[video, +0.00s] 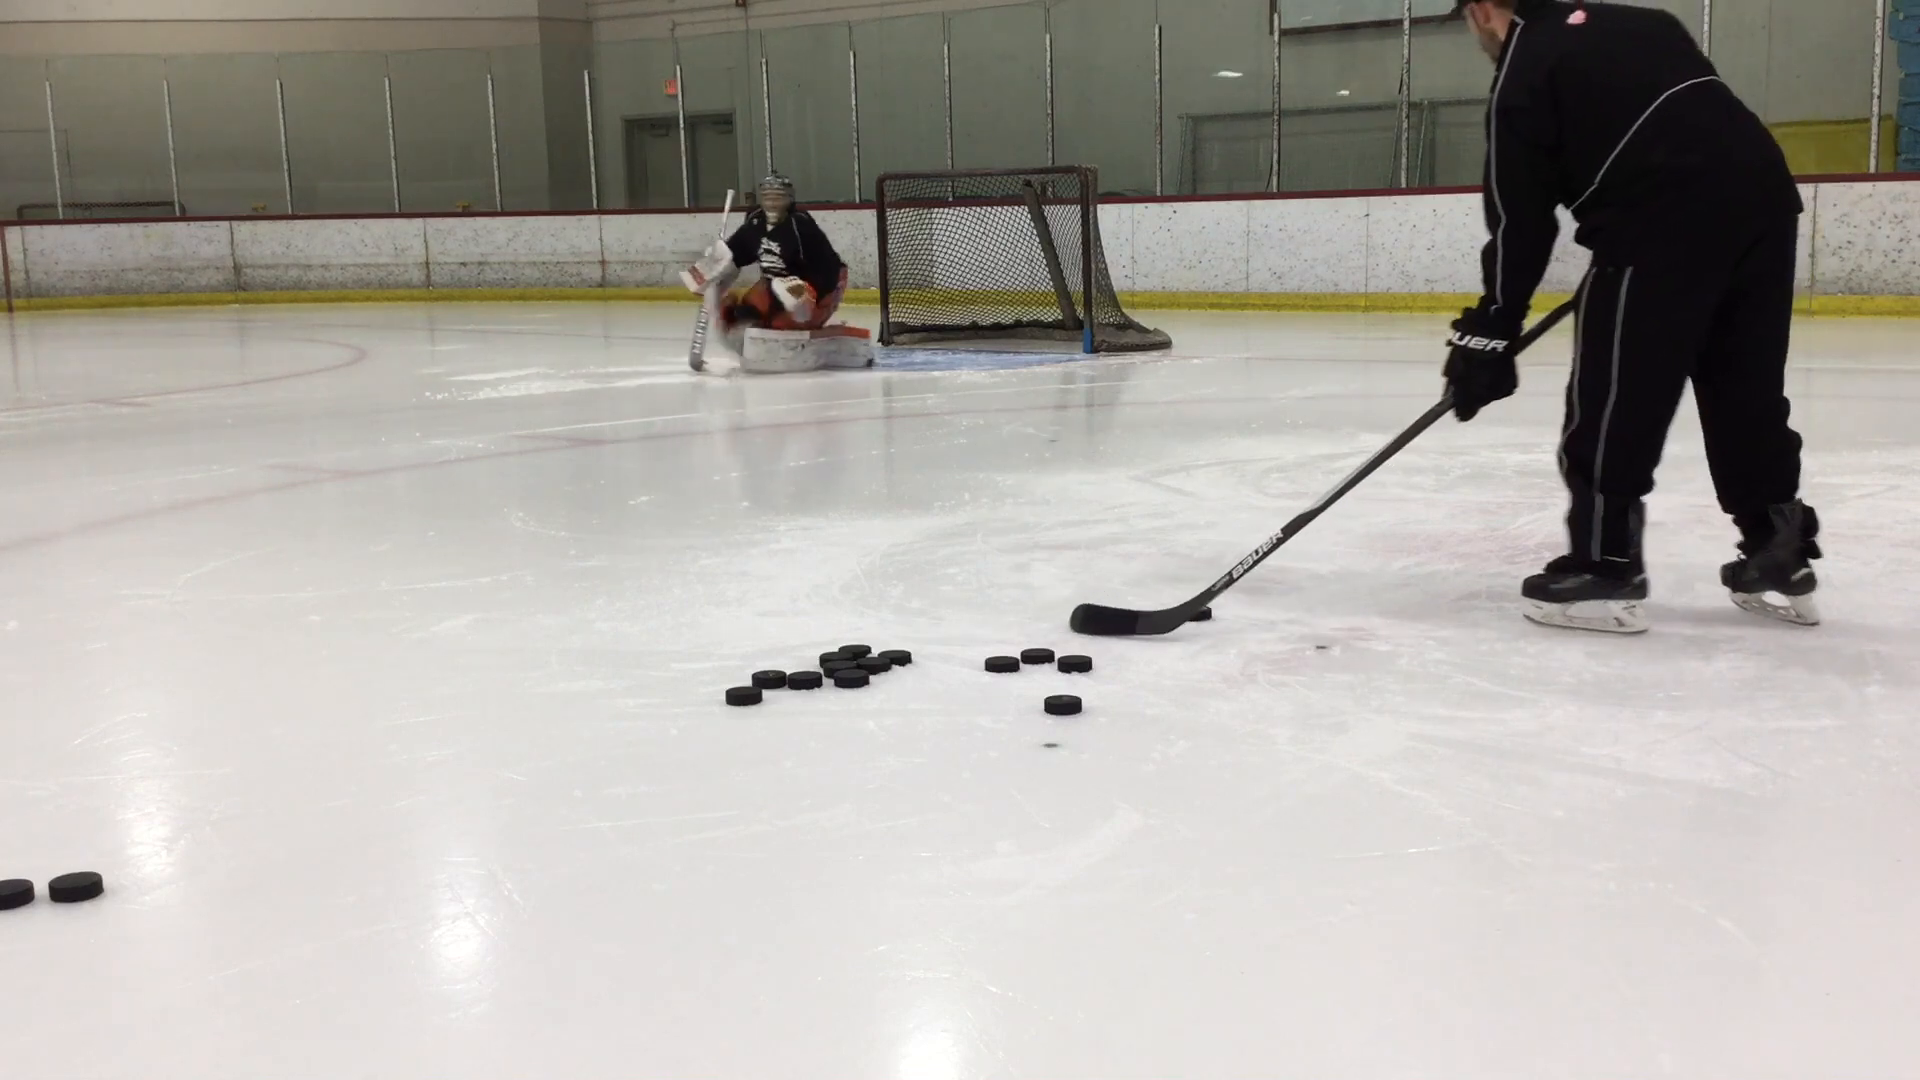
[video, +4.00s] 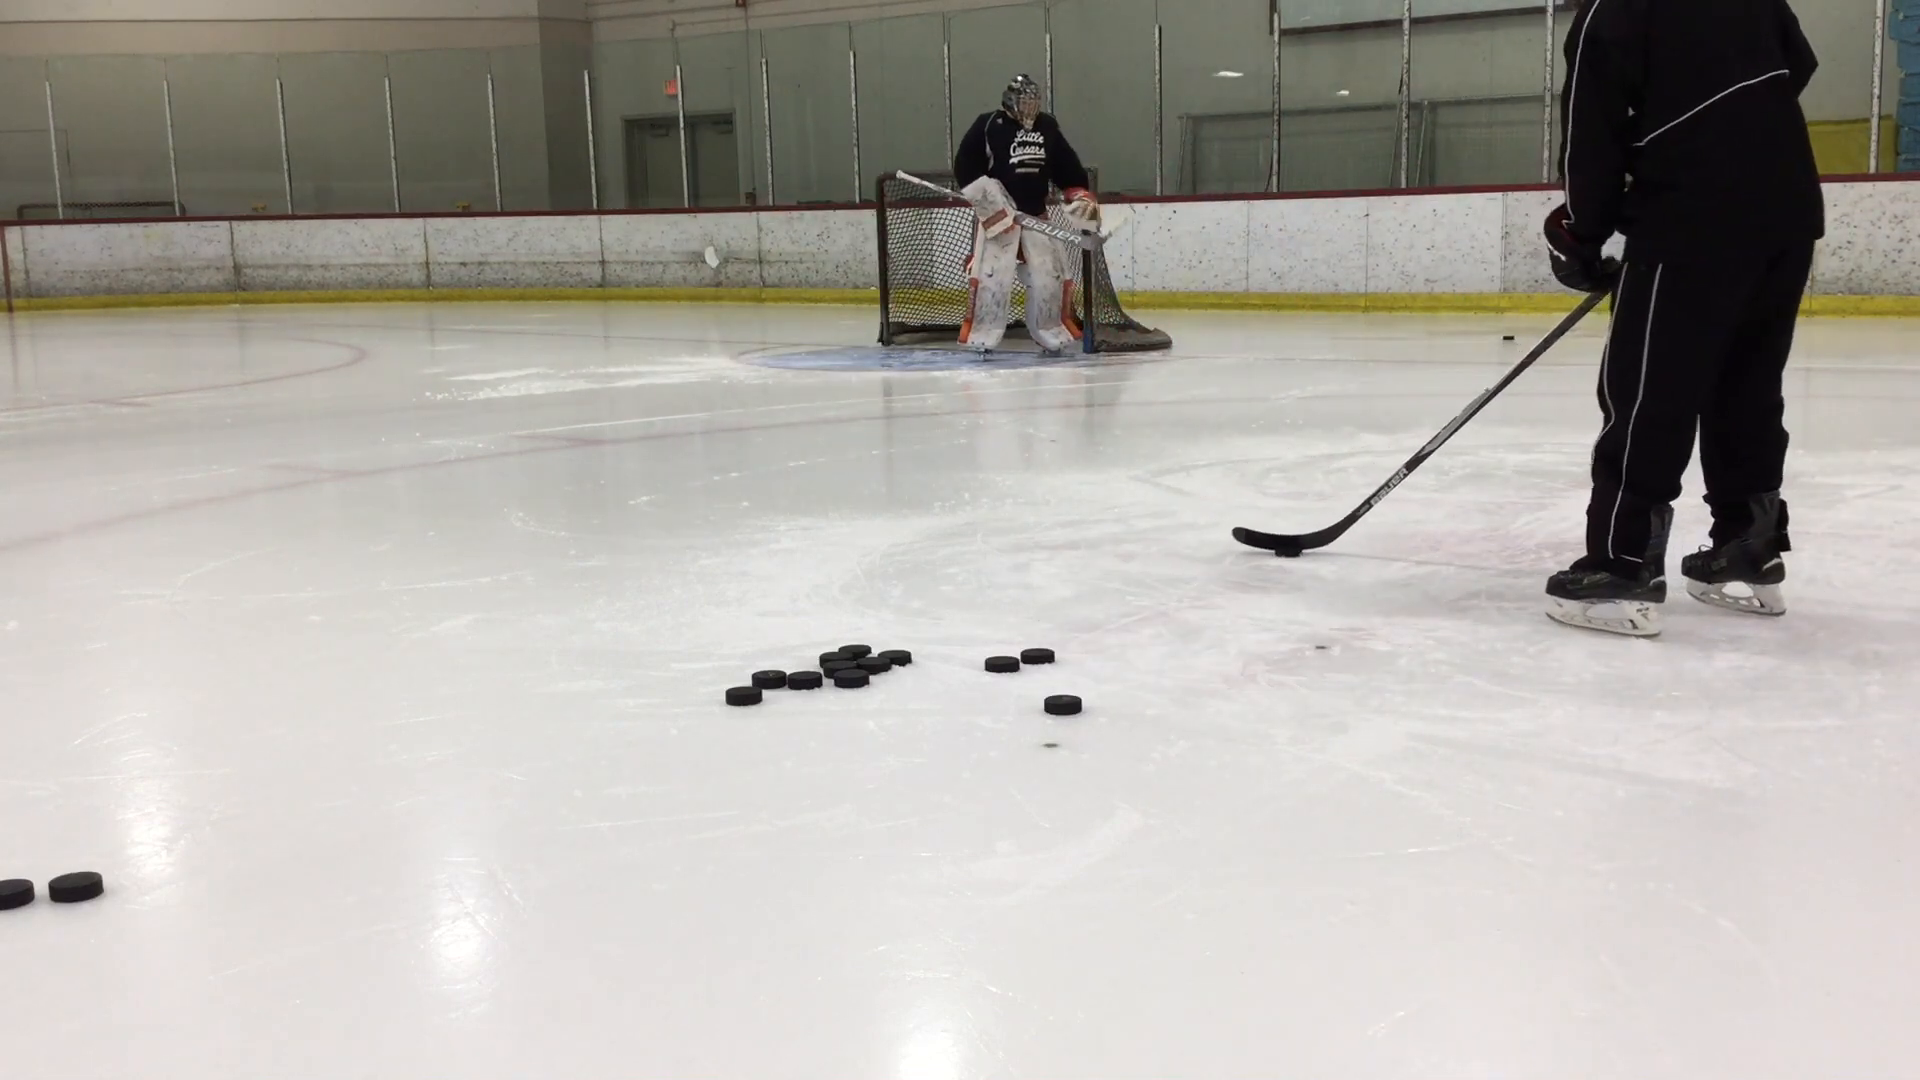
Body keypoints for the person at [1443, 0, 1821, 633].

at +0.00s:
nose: (1474, 33)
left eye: (1471, 18)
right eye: (1470, 21)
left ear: (1492, 9)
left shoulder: (1524, 74)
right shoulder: (1642, 22)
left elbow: (1518, 217)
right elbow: (1678, 134)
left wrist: (1490, 330)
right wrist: (1612, 262)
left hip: (1660, 233)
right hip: (1763, 206)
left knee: (1613, 394)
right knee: (1746, 391)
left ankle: (1604, 561)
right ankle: (1780, 549)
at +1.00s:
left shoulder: (1523, 29)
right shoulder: (1675, 4)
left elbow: (1500, 110)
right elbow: (1752, 45)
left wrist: (1561, 165)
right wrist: (1721, 117)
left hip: (1554, 222)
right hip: (1659, 214)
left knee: (1559, 378)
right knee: (1684, 381)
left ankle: (1502, 533)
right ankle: (1715, 541)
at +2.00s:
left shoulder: (1713, 2)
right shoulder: (1796, 8)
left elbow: (1702, 70)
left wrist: (1637, 156)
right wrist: (1647, 175)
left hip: (1721, 199)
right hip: (1785, 194)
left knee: (1702, 377)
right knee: (1759, 374)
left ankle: (1722, 548)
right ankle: (1777, 533)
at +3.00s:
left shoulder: (1584, 10)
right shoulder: (1691, 7)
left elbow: (1571, 137)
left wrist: (1524, 261)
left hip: (1659, 223)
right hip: (1752, 208)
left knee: (1632, 396)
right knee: (1722, 386)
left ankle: (1660, 573)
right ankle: (1728, 554)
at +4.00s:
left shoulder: (1607, 13)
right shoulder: (1753, 1)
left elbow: (1593, 131)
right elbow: (1798, 59)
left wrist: (1581, 239)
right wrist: (1730, 132)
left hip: (1688, 218)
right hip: (1786, 209)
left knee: (1643, 391)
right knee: (1747, 386)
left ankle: (1625, 564)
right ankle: (1749, 547)